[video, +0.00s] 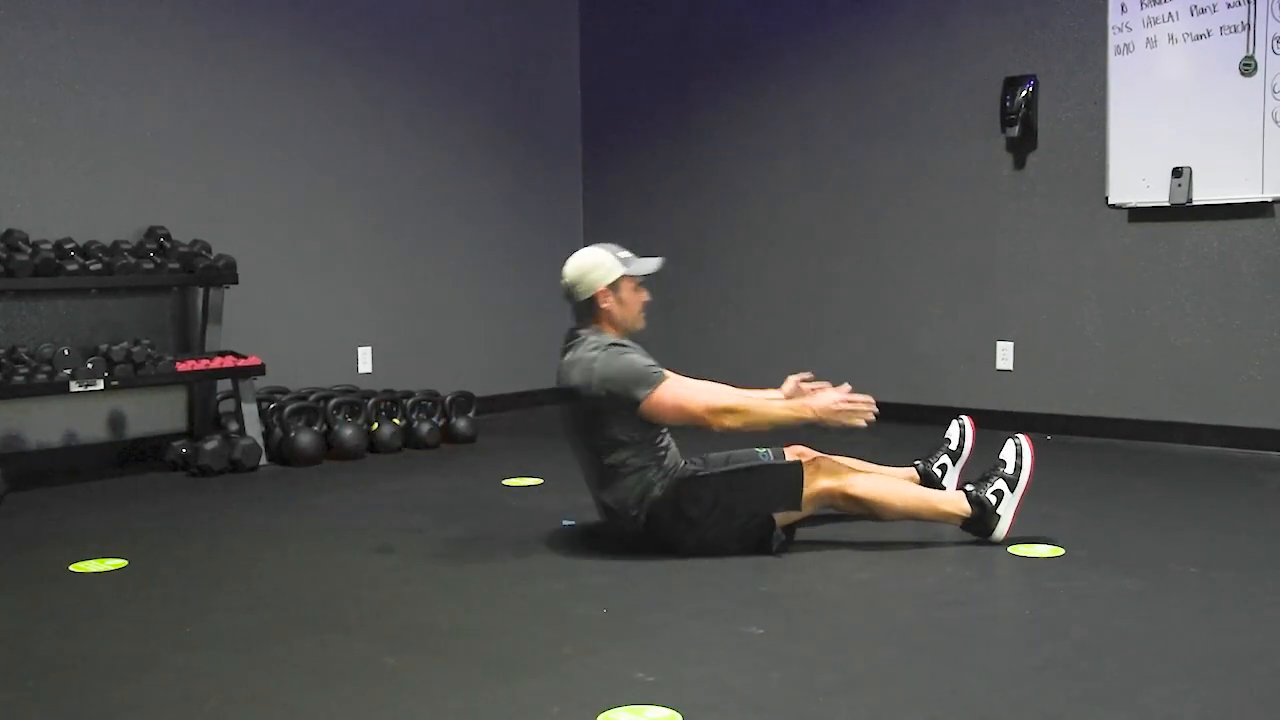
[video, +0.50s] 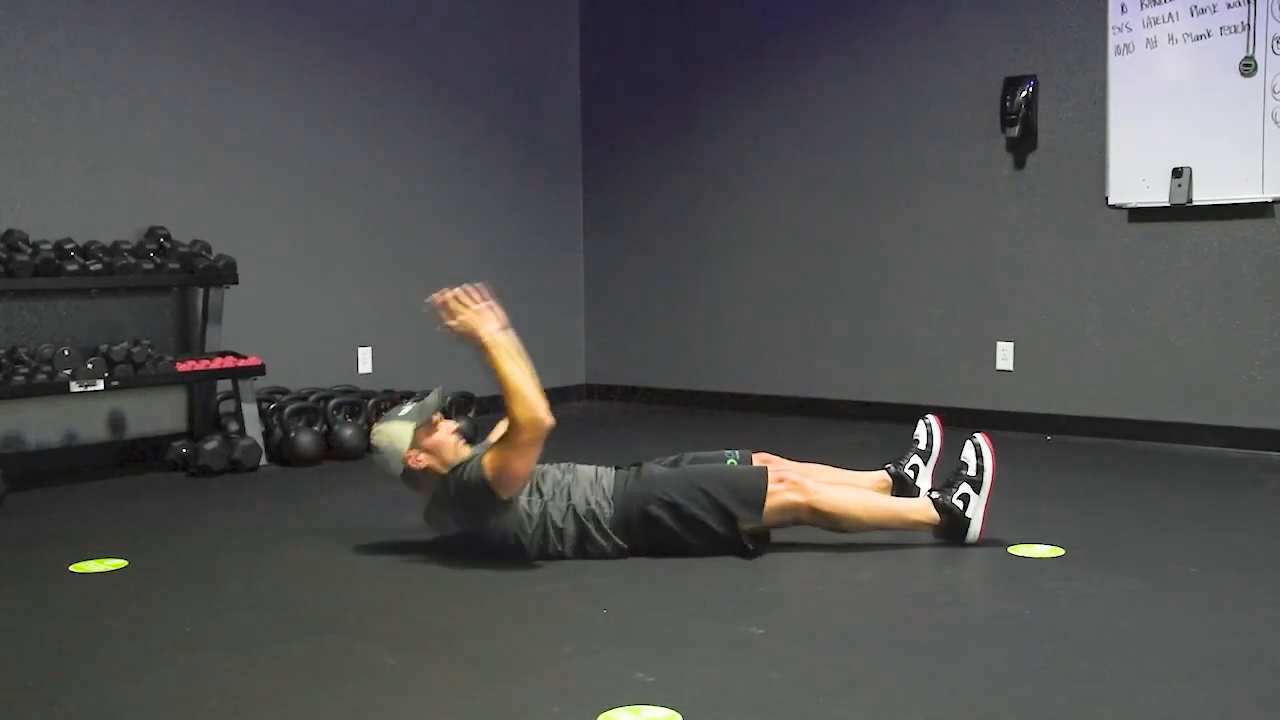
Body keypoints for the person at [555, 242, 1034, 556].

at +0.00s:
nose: (644, 295)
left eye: (639, 285)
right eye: (633, 287)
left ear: (602, 300)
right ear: (604, 300)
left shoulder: (603, 351)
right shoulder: (604, 362)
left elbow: (698, 396)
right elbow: (712, 414)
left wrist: (776, 397)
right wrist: (811, 411)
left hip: (662, 488)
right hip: (655, 507)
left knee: (807, 456)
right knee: (825, 482)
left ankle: (926, 477)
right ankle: (980, 510)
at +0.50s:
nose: (448, 427)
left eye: (438, 422)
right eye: (432, 431)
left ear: (435, 444)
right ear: (418, 462)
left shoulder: (467, 474)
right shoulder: (463, 493)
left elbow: (527, 419)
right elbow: (531, 420)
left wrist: (496, 331)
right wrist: (491, 333)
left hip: (626, 488)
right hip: (624, 510)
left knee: (771, 465)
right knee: (790, 488)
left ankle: (898, 483)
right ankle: (943, 515)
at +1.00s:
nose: (385, 481)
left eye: (381, 474)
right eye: (379, 481)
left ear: (392, 484)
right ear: (383, 504)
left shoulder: (442, 499)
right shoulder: (436, 523)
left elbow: (414, 415)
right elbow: (409, 417)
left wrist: (332, 452)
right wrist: (323, 454)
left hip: (621, 486)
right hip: (620, 512)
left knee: (767, 464)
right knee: (784, 486)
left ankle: (897, 486)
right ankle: (942, 514)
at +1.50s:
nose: (546, 332)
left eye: (539, 323)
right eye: (533, 327)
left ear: (510, 345)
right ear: (506, 348)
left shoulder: (536, 388)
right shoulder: (526, 409)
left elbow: (631, 394)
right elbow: (636, 421)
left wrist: (711, 376)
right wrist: (732, 394)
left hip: (642, 487)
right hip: (635, 511)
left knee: (789, 458)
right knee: (804, 476)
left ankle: (914, 478)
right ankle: (957, 500)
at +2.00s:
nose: (702, 285)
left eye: (699, 275)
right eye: (694, 275)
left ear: (657, 285)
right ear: (665, 284)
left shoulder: (640, 339)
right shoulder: (656, 350)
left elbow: (738, 411)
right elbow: (748, 421)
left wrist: (809, 426)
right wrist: (840, 448)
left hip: (658, 493)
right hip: (658, 508)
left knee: (826, 457)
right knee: (835, 480)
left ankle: (931, 483)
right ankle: (975, 510)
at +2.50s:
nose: (576, 313)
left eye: (570, 304)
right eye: (564, 307)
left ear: (541, 325)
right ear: (536, 327)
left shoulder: (561, 374)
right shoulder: (551, 394)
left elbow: (649, 398)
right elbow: (663, 429)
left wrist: (720, 365)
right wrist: (747, 379)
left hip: (660, 477)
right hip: (647, 505)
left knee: (796, 462)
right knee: (812, 485)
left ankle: (920, 477)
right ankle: (970, 513)